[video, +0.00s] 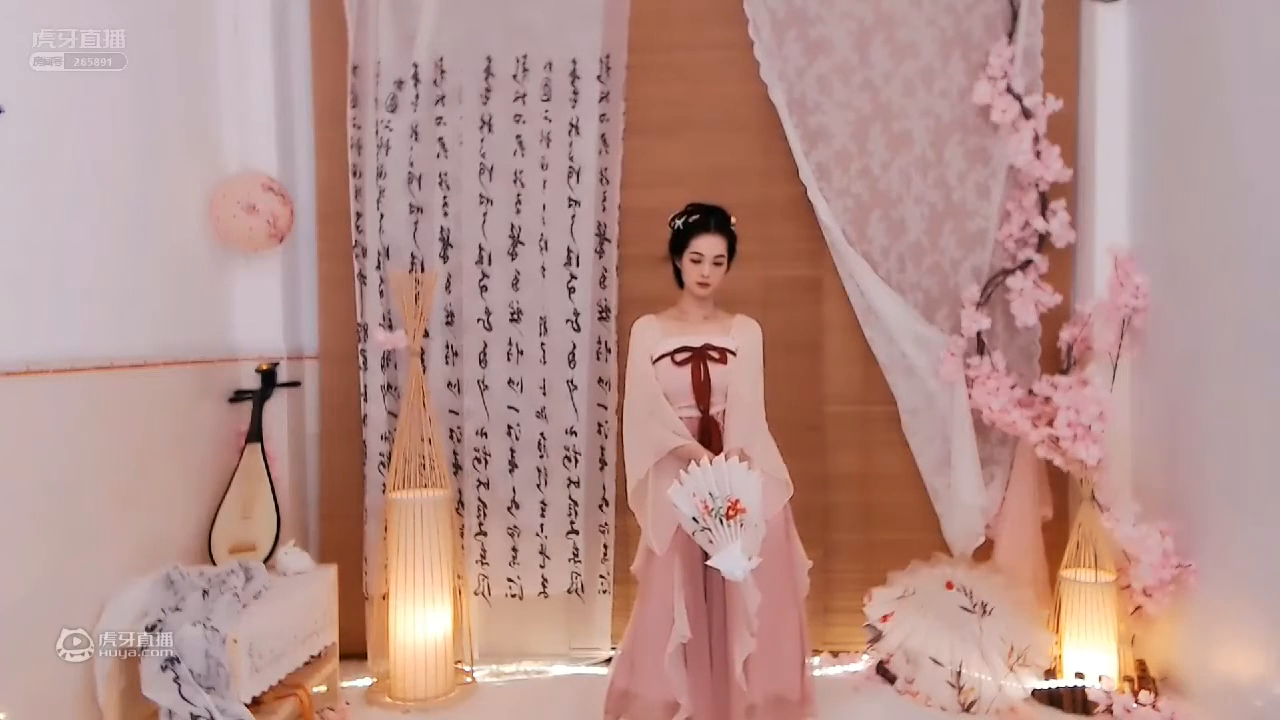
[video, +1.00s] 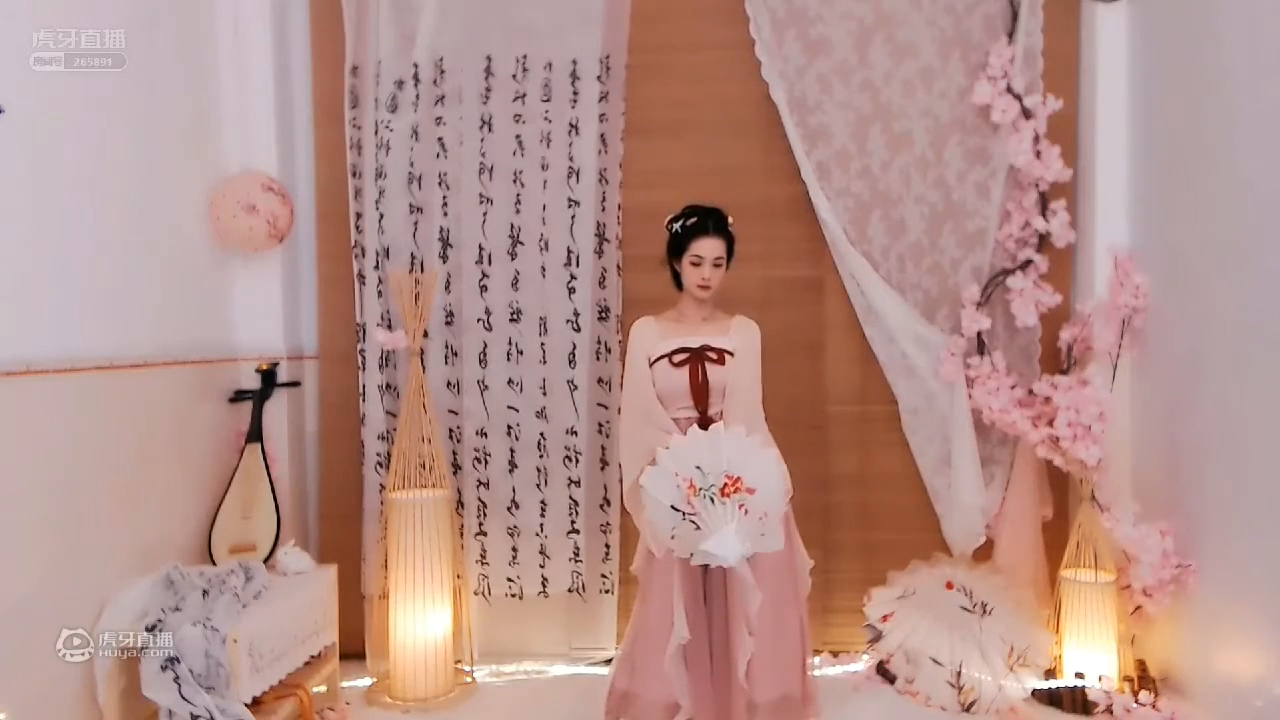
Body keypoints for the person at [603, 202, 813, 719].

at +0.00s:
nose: (707, 272)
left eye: (718, 262)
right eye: (697, 260)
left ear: (729, 267)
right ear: (677, 261)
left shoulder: (745, 330)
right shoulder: (648, 330)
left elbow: (750, 412)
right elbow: (645, 411)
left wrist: (738, 464)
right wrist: (689, 451)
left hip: (741, 470)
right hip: (674, 472)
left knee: (745, 590)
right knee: (679, 588)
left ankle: (747, 703)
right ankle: (681, 704)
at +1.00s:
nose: (707, 275)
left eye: (718, 264)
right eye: (697, 262)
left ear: (729, 268)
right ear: (676, 264)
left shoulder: (744, 332)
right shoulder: (647, 331)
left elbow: (750, 417)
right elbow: (639, 418)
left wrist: (760, 487)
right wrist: (671, 488)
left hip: (737, 480)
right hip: (670, 484)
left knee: (743, 604)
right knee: (677, 602)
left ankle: (745, 707)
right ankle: (679, 709)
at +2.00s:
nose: (709, 272)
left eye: (718, 261)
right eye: (698, 261)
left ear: (730, 265)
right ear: (678, 265)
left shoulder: (749, 334)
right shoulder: (651, 329)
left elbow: (757, 423)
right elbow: (636, 419)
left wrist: (753, 493)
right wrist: (651, 493)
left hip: (735, 486)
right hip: (670, 485)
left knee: (734, 606)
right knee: (674, 604)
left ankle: (735, 710)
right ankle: (676, 710)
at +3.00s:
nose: (713, 271)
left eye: (722, 259)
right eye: (702, 261)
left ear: (736, 264)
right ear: (686, 267)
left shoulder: (754, 334)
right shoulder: (660, 327)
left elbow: (771, 422)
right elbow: (642, 412)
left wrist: (763, 487)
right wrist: (655, 477)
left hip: (740, 493)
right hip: (675, 490)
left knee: (740, 609)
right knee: (674, 608)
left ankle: (739, 711)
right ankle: (676, 711)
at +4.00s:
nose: (715, 270)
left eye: (725, 258)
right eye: (704, 260)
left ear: (740, 263)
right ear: (690, 266)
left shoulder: (757, 335)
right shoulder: (664, 324)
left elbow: (777, 423)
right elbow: (644, 409)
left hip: (739, 486)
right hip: (675, 483)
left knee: (738, 602)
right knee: (675, 599)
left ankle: (737, 708)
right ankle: (676, 709)